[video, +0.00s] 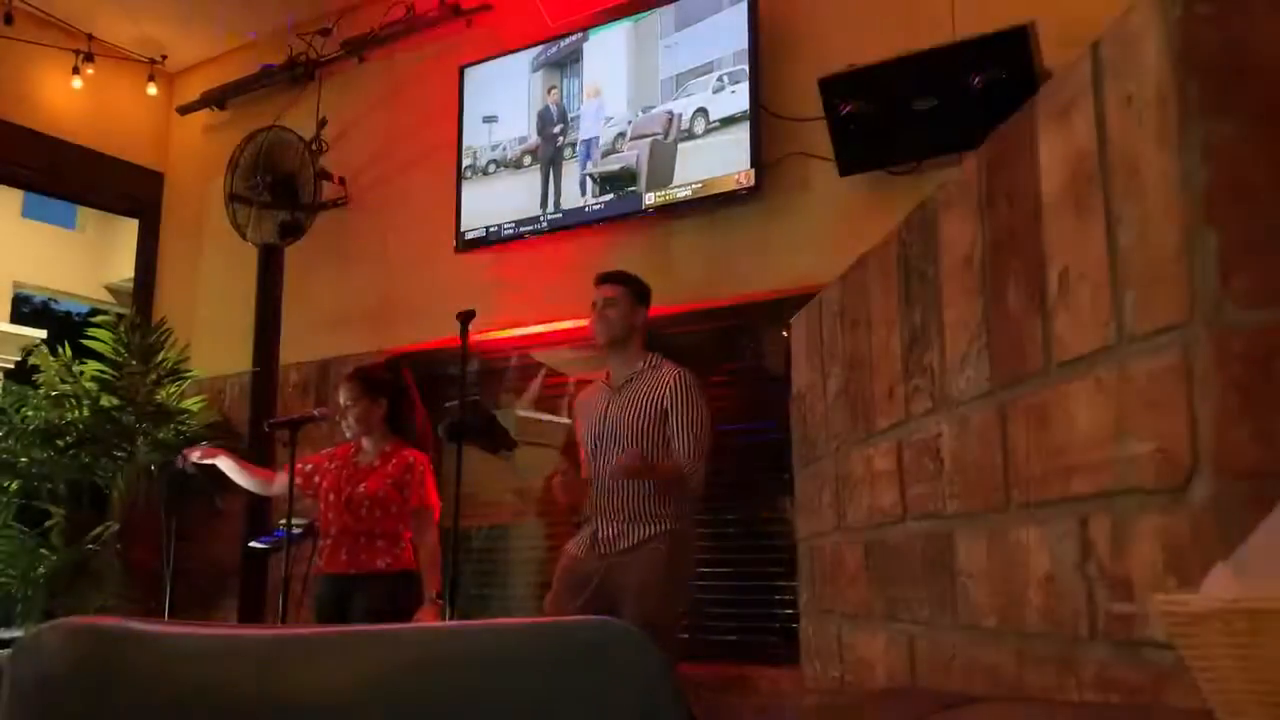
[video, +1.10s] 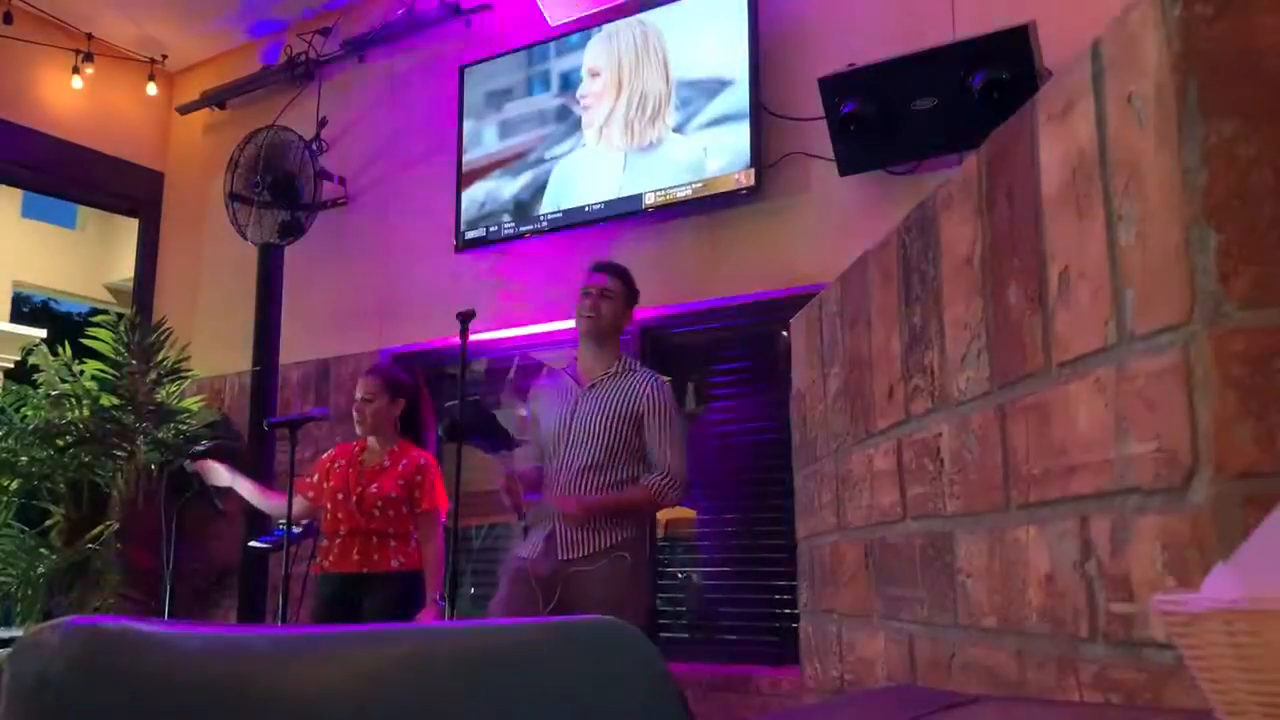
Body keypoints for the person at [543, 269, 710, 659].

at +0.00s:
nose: (598, 313)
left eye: (610, 305)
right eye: (595, 306)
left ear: (640, 316)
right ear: (592, 317)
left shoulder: (674, 383)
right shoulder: (586, 398)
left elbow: (691, 473)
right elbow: (591, 476)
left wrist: (646, 470)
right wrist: (571, 486)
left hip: (655, 541)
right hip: (593, 540)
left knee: (643, 651)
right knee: (559, 632)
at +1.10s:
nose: (590, 301)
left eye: (605, 295)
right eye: (585, 293)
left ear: (627, 314)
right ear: (576, 305)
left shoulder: (648, 389)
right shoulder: (547, 386)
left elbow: (669, 484)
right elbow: (536, 466)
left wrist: (590, 506)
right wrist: (517, 484)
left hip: (609, 559)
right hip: (539, 557)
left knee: (608, 680)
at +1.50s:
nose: (541, 284)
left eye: (555, 279)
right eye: (533, 278)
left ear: (575, 299)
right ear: (523, 296)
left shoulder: (604, 377)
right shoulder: (493, 380)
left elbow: (632, 469)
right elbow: (481, 463)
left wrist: (579, 508)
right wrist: (468, 454)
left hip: (571, 559)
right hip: (494, 561)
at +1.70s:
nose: (484, 303)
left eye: (493, 289)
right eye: (486, 291)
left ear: (530, 293)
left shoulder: (585, 367)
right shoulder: (487, 383)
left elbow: (624, 455)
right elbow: (481, 466)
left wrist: (565, 504)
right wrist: (462, 460)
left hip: (565, 556)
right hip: (489, 561)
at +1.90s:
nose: (468, 327)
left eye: (472, 314)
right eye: (468, 317)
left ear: (497, 307)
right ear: (497, 309)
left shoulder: (570, 366)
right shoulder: (496, 395)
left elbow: (616, 452)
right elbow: (519, 486)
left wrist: (563, 519)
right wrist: (475, 492)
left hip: (564, 561)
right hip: (496, 563)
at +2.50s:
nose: (519, 332)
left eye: (524, 320)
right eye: (518, 322)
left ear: (554, 315)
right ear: (549, 319)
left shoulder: (616, 370)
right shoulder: (542, 393)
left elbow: (656, 449)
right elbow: (553, 468)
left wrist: (596, 478)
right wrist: (527, 491)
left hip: (614, 551)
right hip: (554, 551)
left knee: (613, 665)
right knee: (539, 659)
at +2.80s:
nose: (581, 318)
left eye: (590, 307)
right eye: (575, 311)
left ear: (621, 312)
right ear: (572, 323)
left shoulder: (670, 381)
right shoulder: (574, 395)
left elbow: (717, 460)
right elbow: (572, 471)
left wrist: (662, 486)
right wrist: (551, 477)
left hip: (654, 545)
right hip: (587, 544)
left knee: (644, 662)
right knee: (555, 646)